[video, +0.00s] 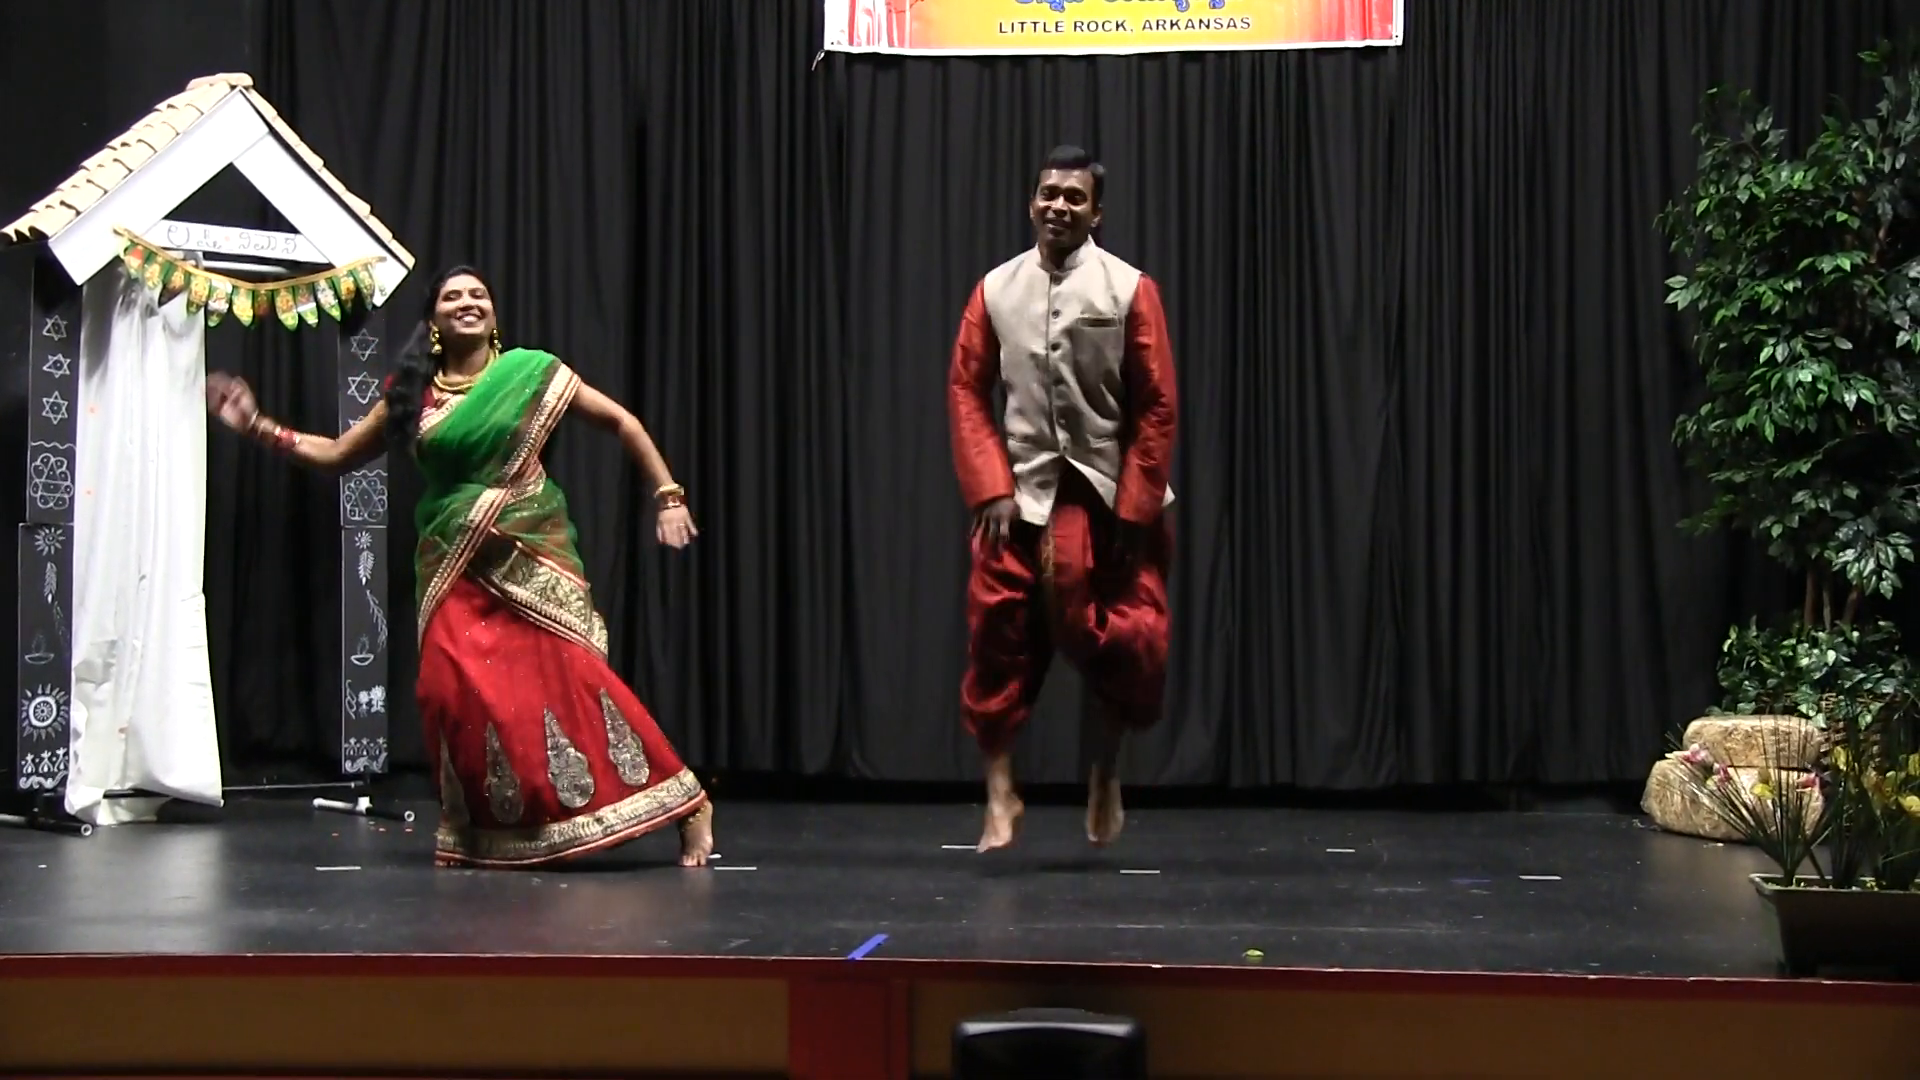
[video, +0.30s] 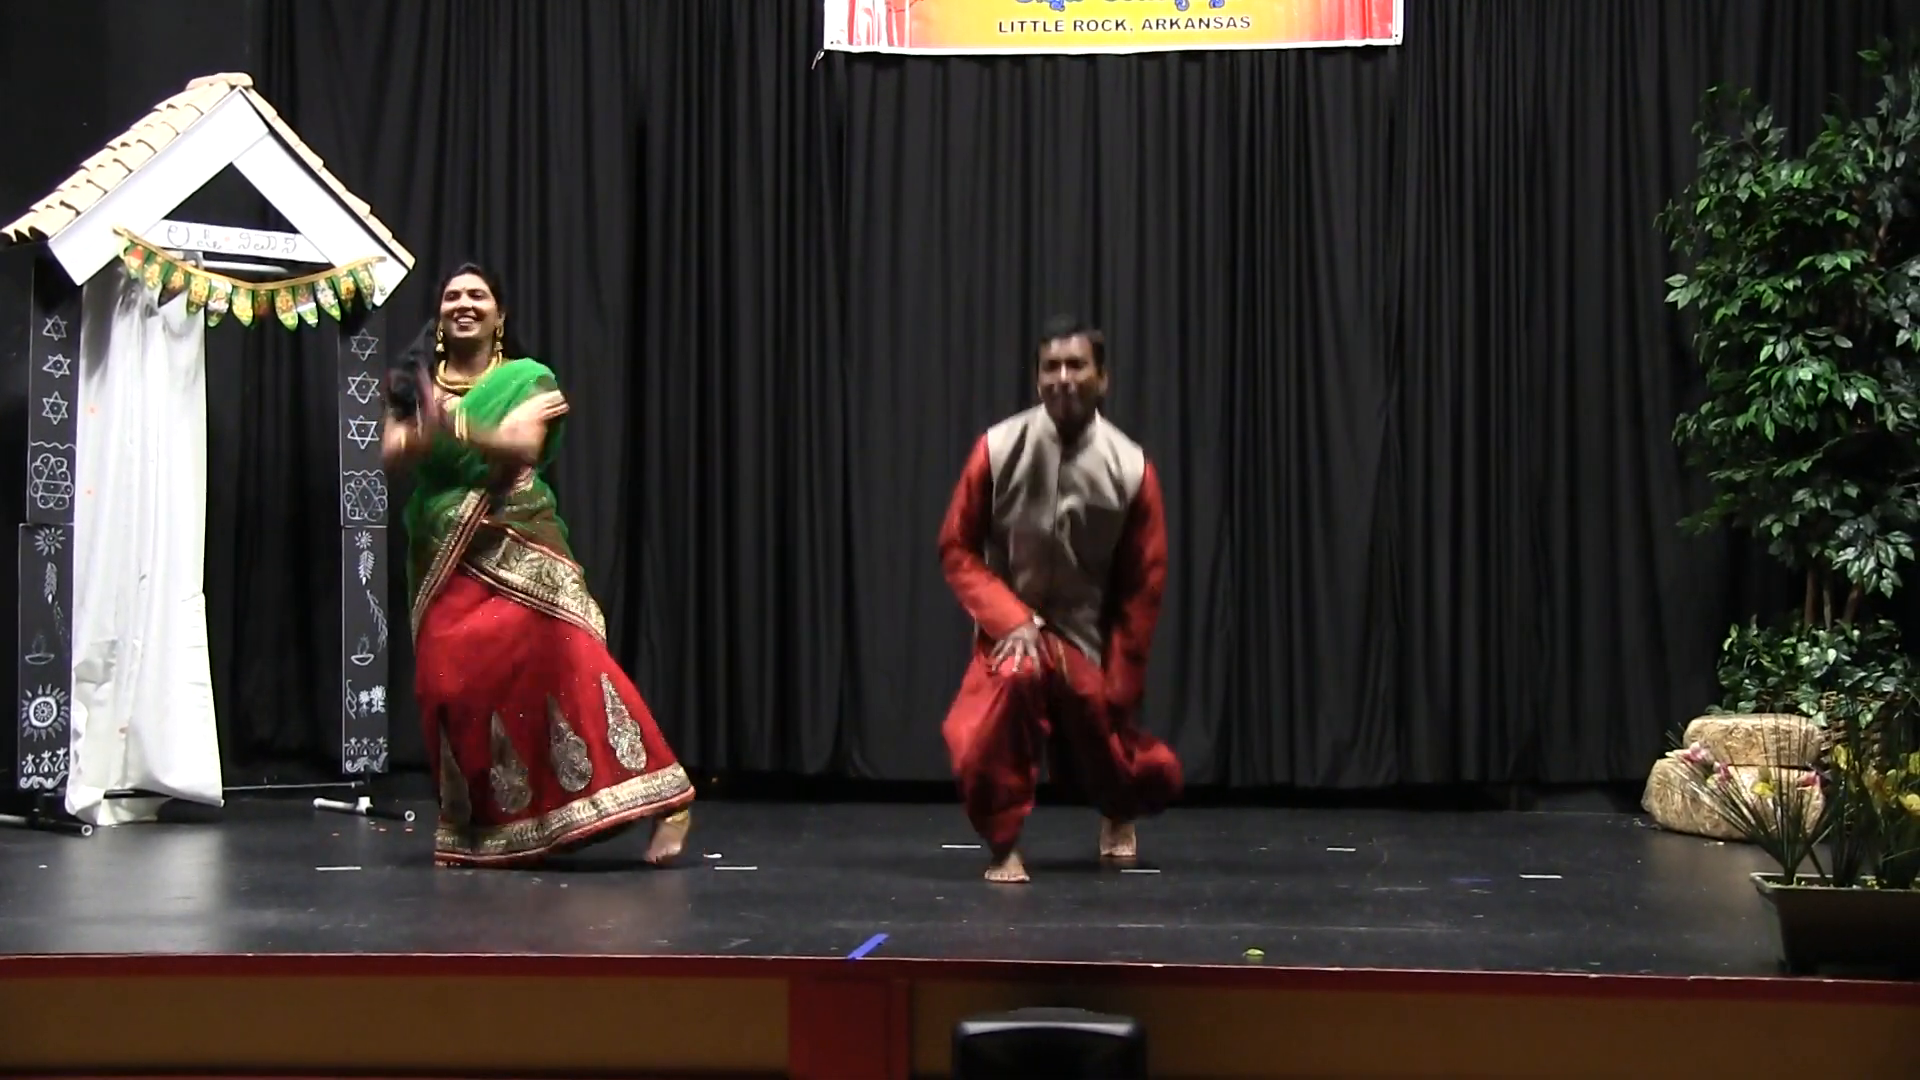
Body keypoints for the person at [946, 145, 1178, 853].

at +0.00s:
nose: (1057, 205)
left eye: (1072, 196)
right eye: (1047, 194)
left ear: (1095, 210)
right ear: (1032, 204)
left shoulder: (1129, 291)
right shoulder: (997, 289)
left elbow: (1158, 404)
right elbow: (966, 391)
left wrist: (1139, 502)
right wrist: (988, 483)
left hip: (1103, 485)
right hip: (1015, 483)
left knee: (1126, 634)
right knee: (995, 624)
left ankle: (1105, 775)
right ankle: (999, 794)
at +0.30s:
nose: (1062, 379)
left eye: (1076, 366)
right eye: (1051, 367)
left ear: (1102, 377)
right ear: (1038, 377)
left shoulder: (1130, 468)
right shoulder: (998, 449)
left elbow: (1143, 584)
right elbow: (956, 551)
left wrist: (1124, 684)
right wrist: (1009, 620)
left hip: (1086, 627)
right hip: (1009, 621)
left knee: (1101, 720)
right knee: (980, 736)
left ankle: (1117, 817)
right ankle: (1004, 849)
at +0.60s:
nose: (1065, 452)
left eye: (1079, 441)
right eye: (1053, 441)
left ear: (1103, 455)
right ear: (1038, 453)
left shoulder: (1124, 542)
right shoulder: (990, 516)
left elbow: (1135, 661)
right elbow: (952, 605)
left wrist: (1118, 769)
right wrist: (1006, 640)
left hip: (1080, 701)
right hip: (1002, 687)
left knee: (1113, 837)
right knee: (1016, 676)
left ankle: (1124, 838)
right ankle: (1005, 849)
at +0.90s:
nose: (1033, 347)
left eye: (1046, 337)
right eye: (1022, 336)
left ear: (1065, 353)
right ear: (1004, 351)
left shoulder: (1103, 434)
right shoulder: (973, 438)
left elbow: (1126, 546)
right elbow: (959, 547)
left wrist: (1124, 647)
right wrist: (993, 631)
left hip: (1078, 608)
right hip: (1003, 608)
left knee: (1085, 697)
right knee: (1002, 688)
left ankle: (1114, 816)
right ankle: (1002, 849)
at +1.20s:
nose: (1052, 188)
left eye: (1065, 179)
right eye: (1041, 179)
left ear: (1088, 195)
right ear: (1024, 194)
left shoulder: (1122, 278)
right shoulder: (986, 279)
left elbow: (1155, 380)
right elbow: (967, 391)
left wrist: (1128, 467)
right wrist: (989, 488)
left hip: (1103, 483)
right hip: (1016, 484)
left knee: (1119, 645)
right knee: (1020, 649)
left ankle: (1116, 805)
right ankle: (1042, 799)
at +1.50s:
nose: (1056, 362)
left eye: (1068, 349)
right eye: (1044, 351)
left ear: (1092, 359)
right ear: (1029, 365)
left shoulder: (1134, 436)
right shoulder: (1002, 452)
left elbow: (1166, 533)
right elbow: (994, 569)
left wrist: (1128, 613)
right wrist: (1009, 670)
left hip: (1126, 604)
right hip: (1050, 614)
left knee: (1111, 706)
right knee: (1057, 710)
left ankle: (1110, 846)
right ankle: (1048, 817)